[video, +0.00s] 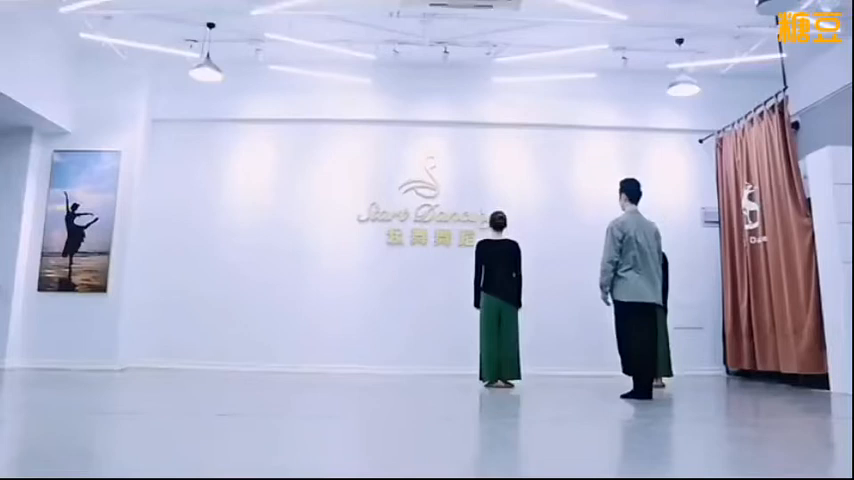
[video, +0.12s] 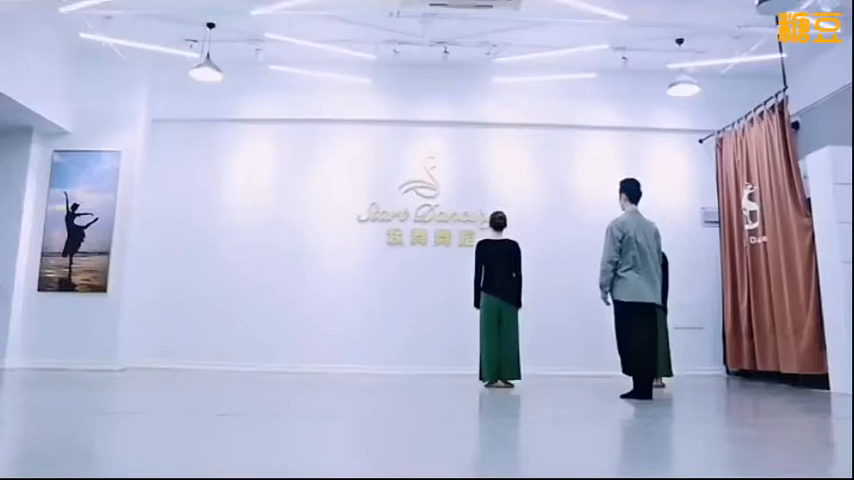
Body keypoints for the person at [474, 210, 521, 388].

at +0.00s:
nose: (498, 226)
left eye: (495, 223)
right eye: (501, 223)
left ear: (489, 225)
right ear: (505, 225)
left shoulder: (482, 245)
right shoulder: (513, 246)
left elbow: (478, 274)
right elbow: (518, 275)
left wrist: (476, 297)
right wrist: (519, 298)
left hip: (489, 296)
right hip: (508, 298)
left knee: (489, 336)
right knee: (507, 336)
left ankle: (490, 376)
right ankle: (505, 376)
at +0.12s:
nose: (498, 226)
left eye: (495, 223)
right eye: (501, 223)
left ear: (489, 224)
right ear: (505, 225)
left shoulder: (482, 245)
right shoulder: (513, 246)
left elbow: (478, 274)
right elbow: (518, 275)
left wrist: (476, 297)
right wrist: (519, 298)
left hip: (489, 296)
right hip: (508, 298)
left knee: (489, 336)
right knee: (507, 336)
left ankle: (490, 376)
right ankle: (505, 376)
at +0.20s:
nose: (498, 226)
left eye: (495, 223)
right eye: (501, 223)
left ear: (490, 225)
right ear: (505, 225)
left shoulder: (482, 245)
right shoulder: (513, 246)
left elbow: (478, 274)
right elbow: (518, 275)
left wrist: (476, 297)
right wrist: (519, 298)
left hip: (489, 296)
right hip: (508, 298)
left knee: (489, 336)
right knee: (508, 336)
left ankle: (490, 376)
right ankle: (505, 376)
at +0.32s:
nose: (498, 226)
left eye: (495, 223)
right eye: (501, 223)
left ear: (490, 225)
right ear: (506, 225)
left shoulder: (482, 245)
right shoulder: (513, 246)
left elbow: (478, 274)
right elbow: (519, 275)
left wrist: (477, 297)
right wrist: (519, 298)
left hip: (489, 296)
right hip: (509, 298)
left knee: (489, 336)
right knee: (508, 336)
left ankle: (490, 376)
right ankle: (505, 376)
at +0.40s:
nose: (498, 226)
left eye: (495, 222)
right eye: (501, 223)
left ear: (489, 224)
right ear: (505, 225)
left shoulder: (483, 245)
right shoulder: (513, 245)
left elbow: (478, 274)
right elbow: (519, 274)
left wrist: (477, 297)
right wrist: (519, 298)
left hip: (489, 296)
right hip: (509, 297)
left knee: (489, 336)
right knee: (508, 336)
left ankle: (490, 376)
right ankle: (505, 376)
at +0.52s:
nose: (498, 226)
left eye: (495, 223)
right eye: (501, 223)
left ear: (490, 225)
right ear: (505, 225)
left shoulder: (483, 246)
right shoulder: (514, 246)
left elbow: (479, 275)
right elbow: (519, 275)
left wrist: (477, 299)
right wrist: (519, 298)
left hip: (490, 296)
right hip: (510, 298)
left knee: (489, 336)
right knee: (509, 337)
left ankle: (488, 376)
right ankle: (506, 376)